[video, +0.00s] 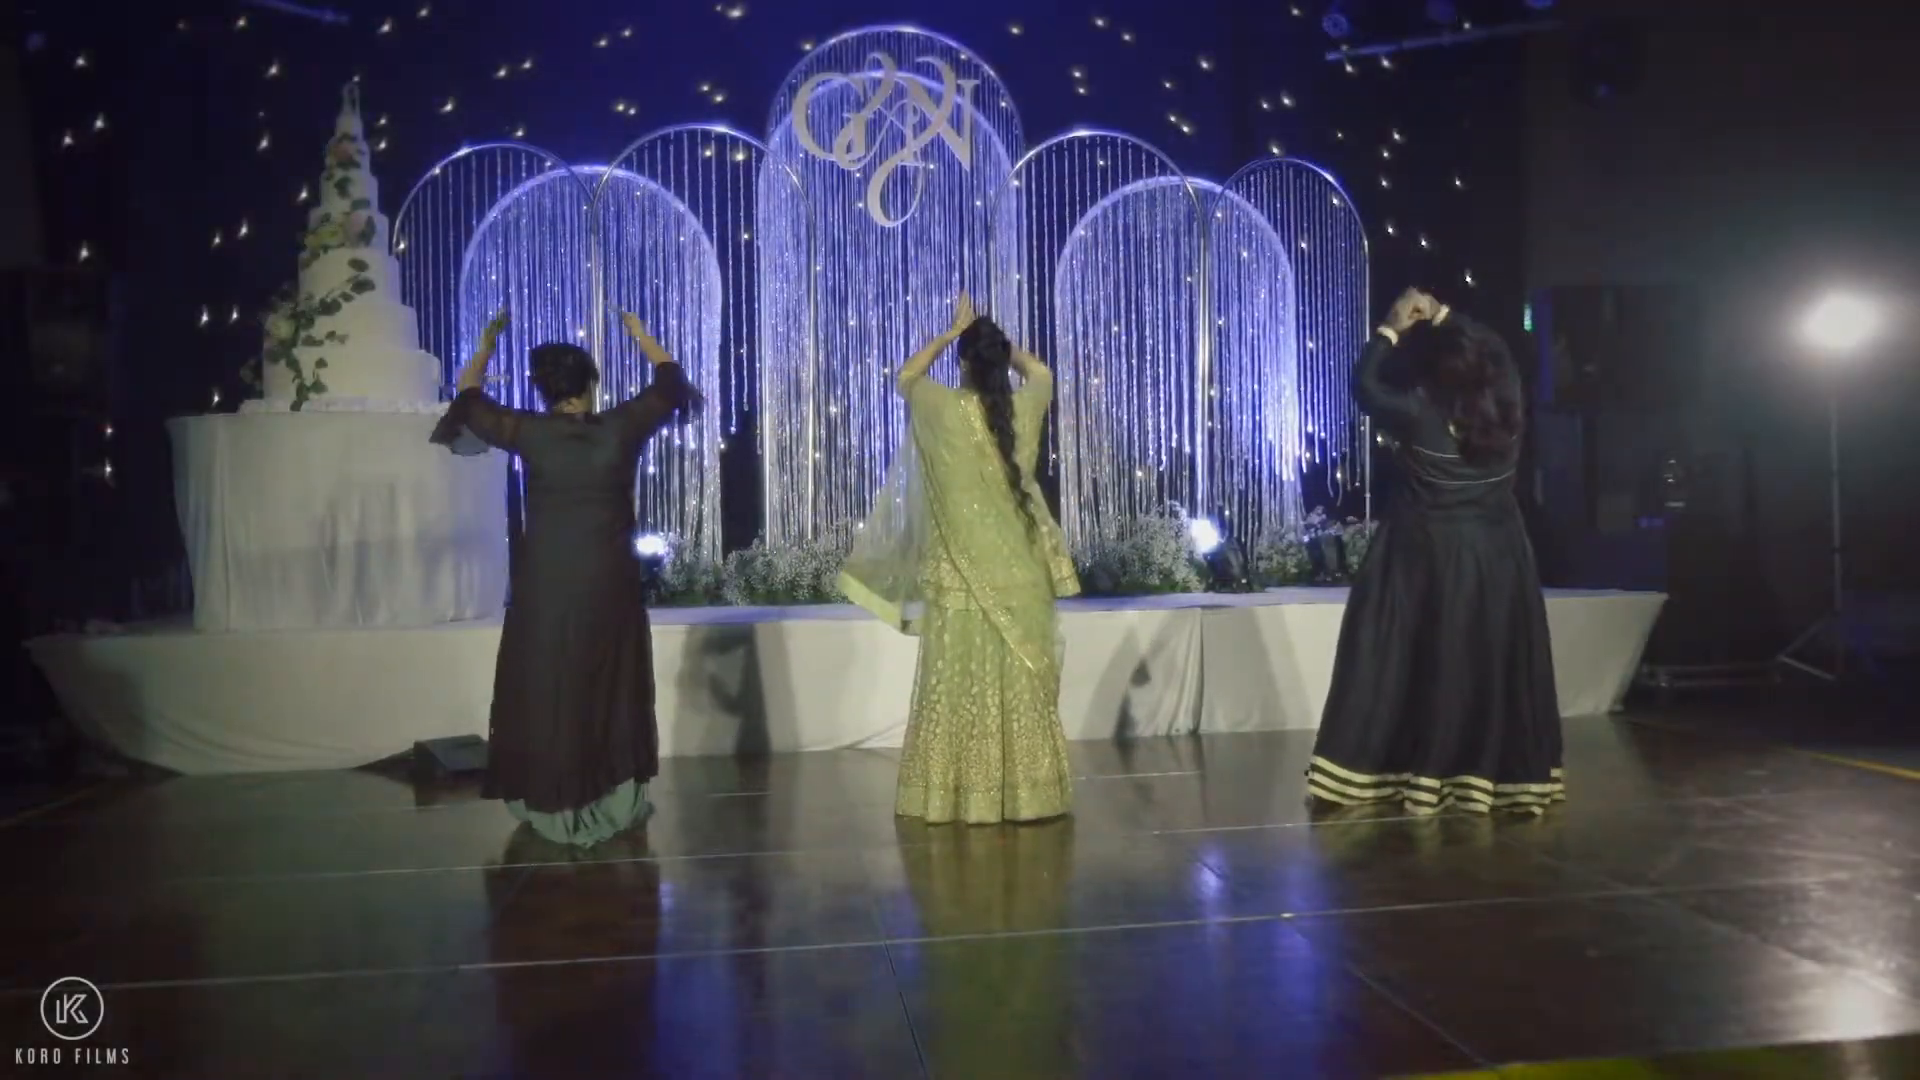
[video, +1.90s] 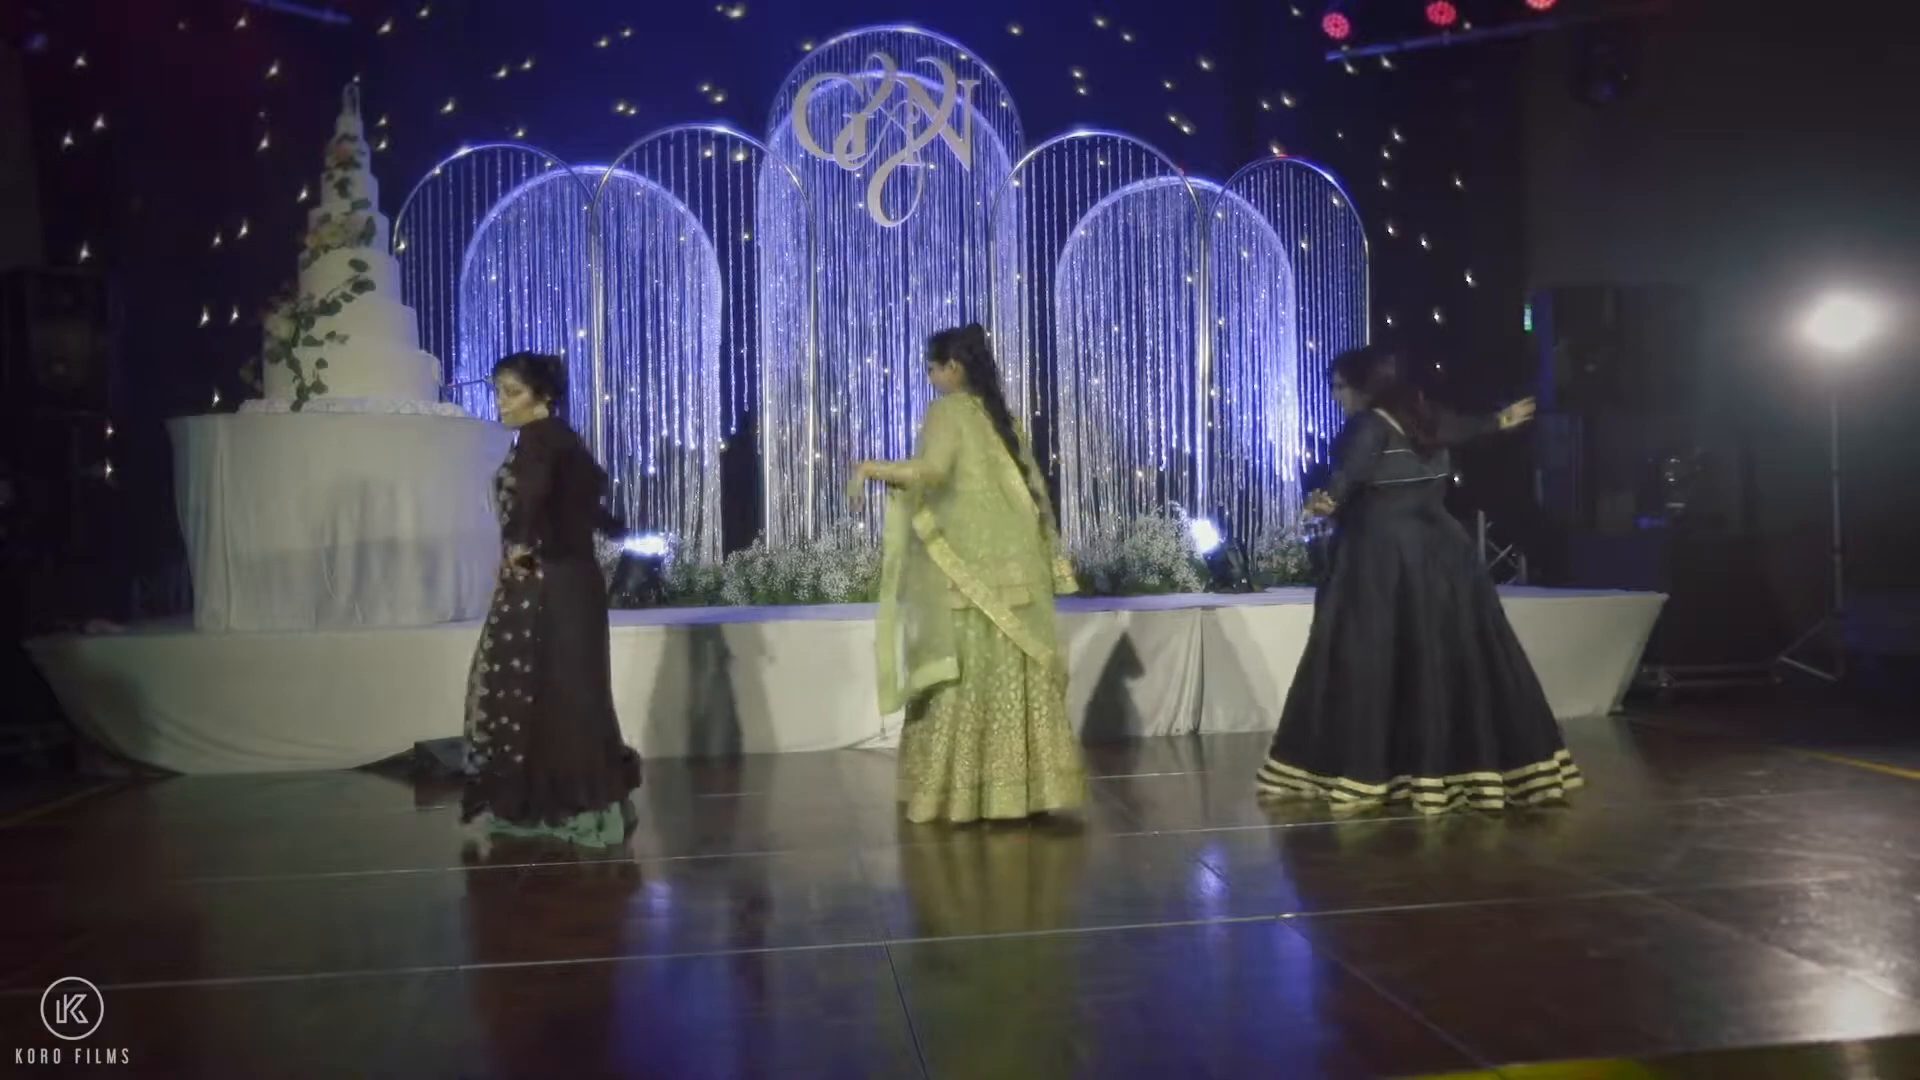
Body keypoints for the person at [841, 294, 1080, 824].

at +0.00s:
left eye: (968, 355)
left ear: (963, 363)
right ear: (1004, 363)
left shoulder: (941, 409)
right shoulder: (1025, 407)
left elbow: (907, 376)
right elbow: (1041, 374)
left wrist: (951, 334)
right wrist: (1003, 343)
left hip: (963, 563)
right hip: (1022, 562)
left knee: (959, 685)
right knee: (1024, 682)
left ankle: (961, 795)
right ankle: (1027, 795)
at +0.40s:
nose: (963, 365)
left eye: (962, 358)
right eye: (975, 357)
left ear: (961, 363)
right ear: (1005, 363)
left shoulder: (939, 406)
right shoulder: (1027, 408)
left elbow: (874, 401)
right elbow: (1078, 398)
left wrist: (904, 361)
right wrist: (1047, 358)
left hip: (958, 563)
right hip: (1017, 562)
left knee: (958, 682)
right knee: (1022, 679)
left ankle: (961, 795)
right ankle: (1026, 794)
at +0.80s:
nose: (955, 368)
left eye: (955, 361)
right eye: (959, 360)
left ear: (960, 364)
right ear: (1000, 360)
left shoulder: (946, 409)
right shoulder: (1028, 411)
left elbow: (894, 455)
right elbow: (1085, 442)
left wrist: (868, 401)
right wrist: (1105, 405)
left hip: (962, 574)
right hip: (1022, 575)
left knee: (963, 689)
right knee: (1025, 687)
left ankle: (965, 796)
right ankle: (1026, 797)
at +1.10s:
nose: (955, 369)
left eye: (955, 362)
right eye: (958, 361)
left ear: (961, 364)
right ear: (1000, 361)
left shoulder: (949, 410)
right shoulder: (1030, 414)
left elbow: (896, 464)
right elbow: (1091, 461)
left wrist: (827, 463)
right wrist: (1147, 470)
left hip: (967, 580)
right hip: (1027, 578)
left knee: (966, 692)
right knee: (1028, 689)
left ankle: (969, 798)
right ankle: (1032, 797)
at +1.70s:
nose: (943, 378)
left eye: (945, 370)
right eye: (944, 370)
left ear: (959, 369)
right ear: (988, 367)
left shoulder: (946, 412)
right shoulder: (1024, 416)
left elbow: (908, 462)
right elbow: (1069, 468)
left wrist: (844, 442)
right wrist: (1110, 469)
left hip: (966, 573)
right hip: (1026, 572)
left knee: (968, 686)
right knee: (1029, 683)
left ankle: (970, 796)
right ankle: (1028, 795)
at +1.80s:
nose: (940, 377)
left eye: (942, 369)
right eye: (941, 369)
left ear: (957, 368)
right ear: (985, 367)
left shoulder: (945, 411)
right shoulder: (1018, 416)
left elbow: (919, 469)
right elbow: (1056, 483)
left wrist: (857, 460)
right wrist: (1068, 503)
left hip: (968, 573)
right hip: (1025, 571)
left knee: (967, 686)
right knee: (1028, 682)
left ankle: (971, 795)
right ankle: (1029, 794)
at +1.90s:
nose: (931, 376)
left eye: (934, 368)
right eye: (931, 368)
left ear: (955, 366)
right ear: (970, 366)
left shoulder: (948, 409)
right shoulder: (995, 413)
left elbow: (933, 469)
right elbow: (1031, 486)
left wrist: (869, 469)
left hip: (969, 570)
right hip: (1013, 566)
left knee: (967, 681)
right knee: (1012, 681)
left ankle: (966, 795)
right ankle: (1014, 795)